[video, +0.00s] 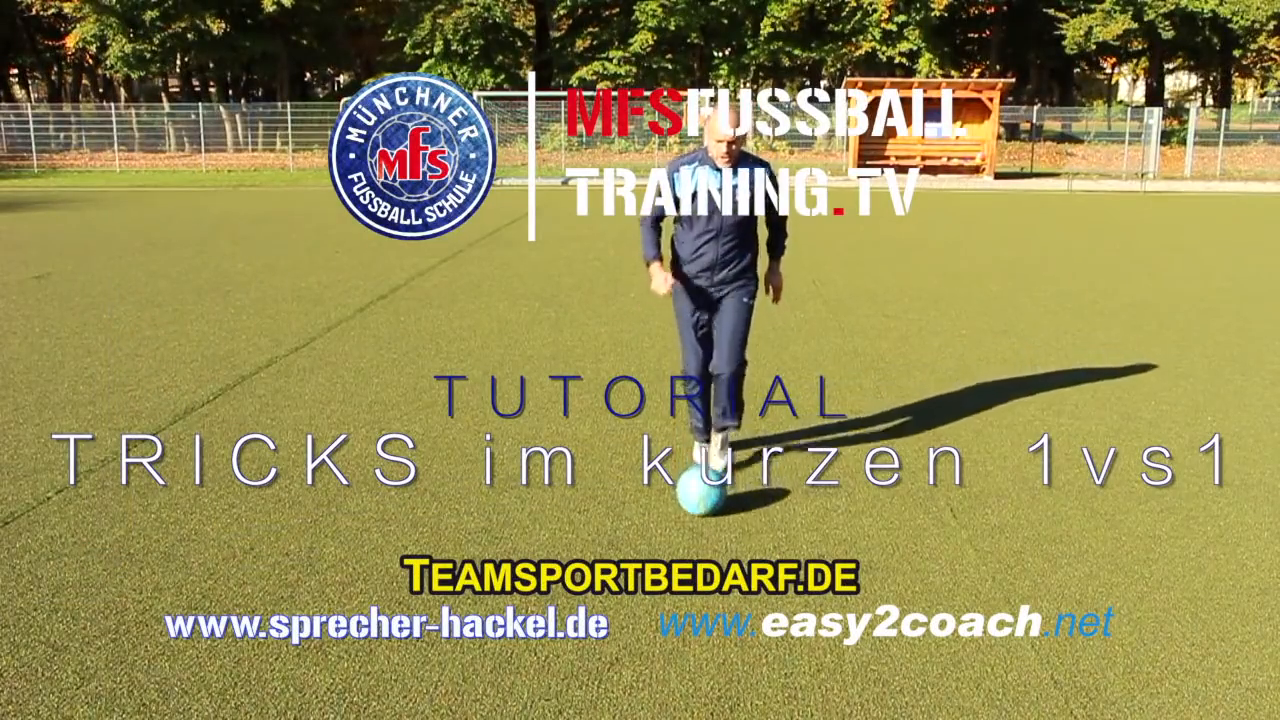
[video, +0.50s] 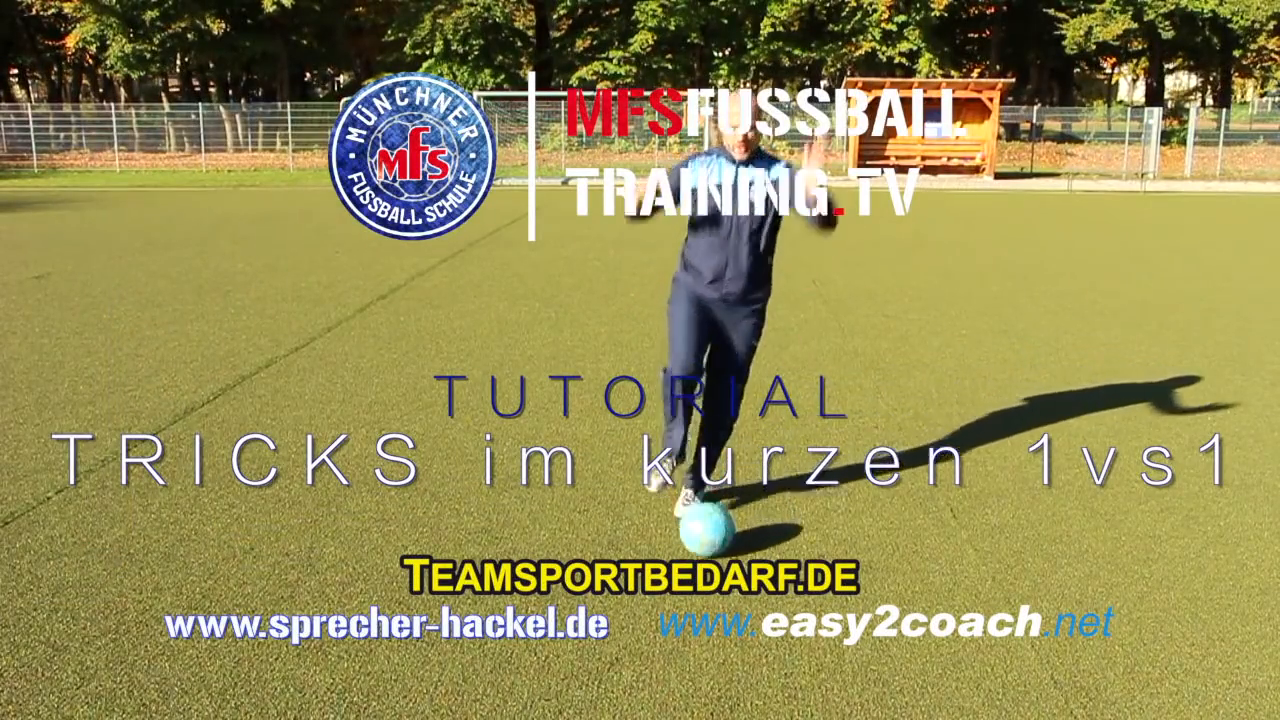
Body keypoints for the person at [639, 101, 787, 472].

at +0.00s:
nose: (728, 149)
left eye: (735, 141)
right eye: (721, 141)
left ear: (744, 137)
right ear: (705, 134)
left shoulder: (760, 173)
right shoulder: (676, 172)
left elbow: (776, 220)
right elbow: (651, 219)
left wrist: (774, 265)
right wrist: (654, 265)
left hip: (737, 283)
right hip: (689, 284)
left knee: (728, 365)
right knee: (696, 367)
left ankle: (722, 436)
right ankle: (700, 440)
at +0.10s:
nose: (733, 142)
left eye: (740, 134)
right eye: (726, 134)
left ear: (749, 131)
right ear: (708, 127)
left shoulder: (763, 170)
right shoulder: (677, 168)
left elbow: (774, 221)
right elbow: (652, 213)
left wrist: (770, 266)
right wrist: (662, 255)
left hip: (736, 284)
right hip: (689, 283)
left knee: (718, 369)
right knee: (691, 372)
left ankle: (716, 458)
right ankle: (700, 428)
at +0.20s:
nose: (736, 147)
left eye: (744, 139)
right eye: (728, 138)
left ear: (753, 137)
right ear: (711, 134)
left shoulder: (764, 183)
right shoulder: (681, 177)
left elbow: (778, 243)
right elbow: (654, 227)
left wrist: (777, 302)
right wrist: (655, 277)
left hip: (733, 306)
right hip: (685, 303)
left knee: (715, 396)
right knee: (682, 397)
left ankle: (697, 478)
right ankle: (691, 431)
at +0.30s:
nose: (742, 150)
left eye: (749, 142)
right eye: (734, 142)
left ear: (758, 142)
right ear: (717, 141)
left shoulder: (765, 191)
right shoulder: (688, 183)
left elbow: (786, 248)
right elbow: (655, 231)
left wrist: (794, 295)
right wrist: (645, 269)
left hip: (736, 312)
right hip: (686, 309)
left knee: (719, 407)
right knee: (676, 402)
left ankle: (694, 486)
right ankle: (681, 446)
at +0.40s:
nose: (743, 145)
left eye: (750, 136)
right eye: (734, 137)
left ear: (760, 135)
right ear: (718, 135)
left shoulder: (774, 184)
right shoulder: (693, 177)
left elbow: (805, 247)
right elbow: (655, 217)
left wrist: (812, 240)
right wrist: (645, 228)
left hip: (740, 309)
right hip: (688, 302)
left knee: (723, 409)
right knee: (680, 386)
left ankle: (697, 484)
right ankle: (672, 455)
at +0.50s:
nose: (742, 138)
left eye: (749, 129)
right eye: (733, 130)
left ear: (760, 128)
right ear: (719, 127)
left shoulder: (780, 173)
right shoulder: (699, 168)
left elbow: (825, 222)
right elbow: (643, 210)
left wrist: (817, 182)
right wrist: (644, 193)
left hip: (746, 302)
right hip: (694, 291)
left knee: (724, 400)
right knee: (682, 370)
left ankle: (697, 482)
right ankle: (673, 449)